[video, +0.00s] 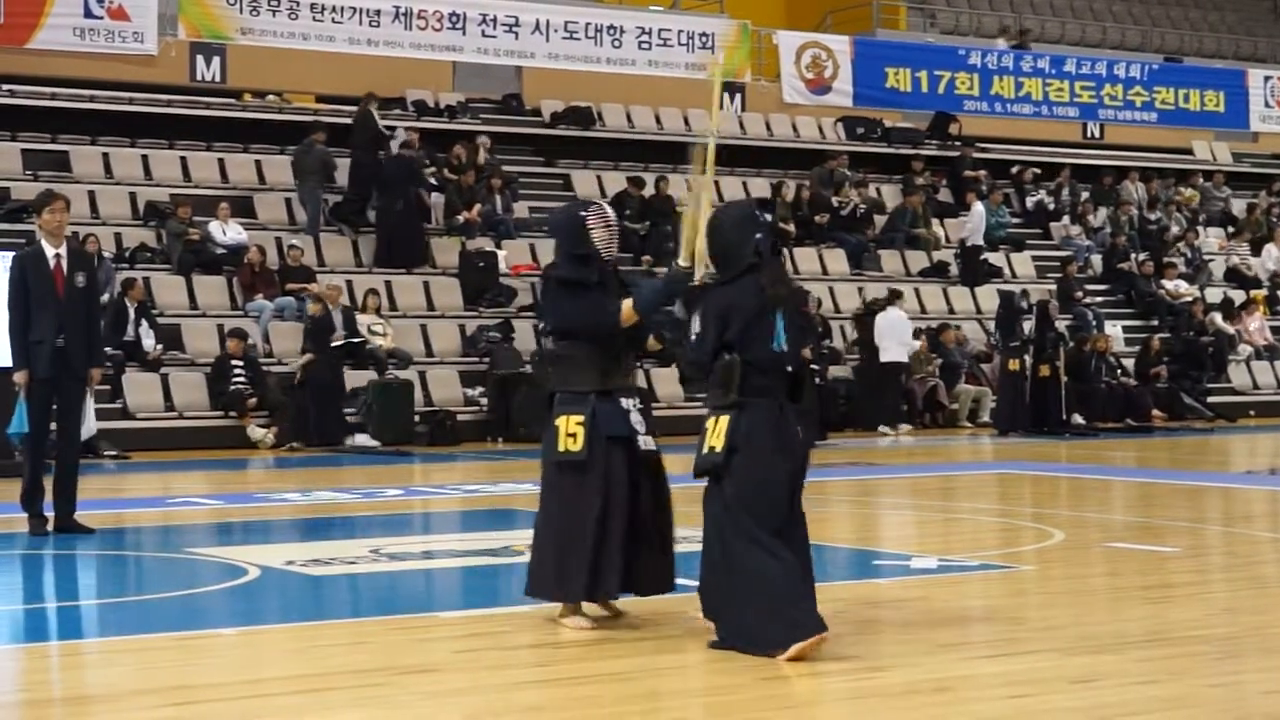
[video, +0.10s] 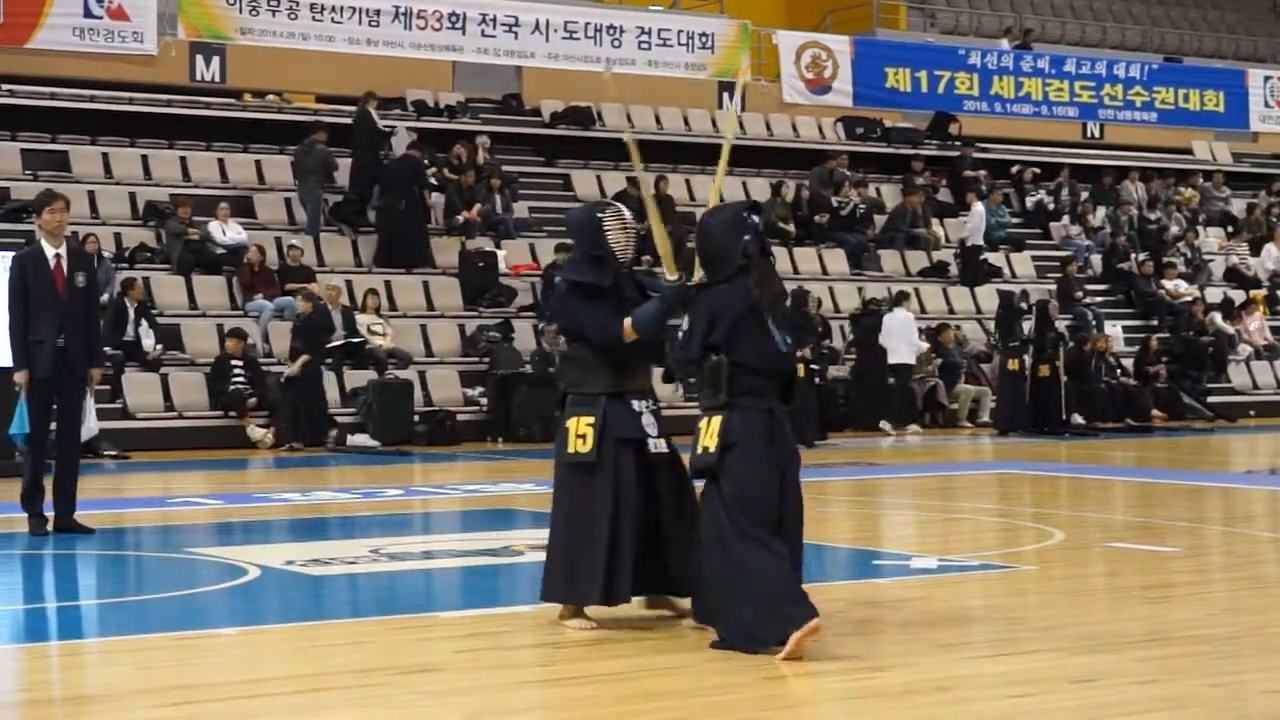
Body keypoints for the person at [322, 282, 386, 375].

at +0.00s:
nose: (330, 293)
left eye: (333, 290)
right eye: (328, 290)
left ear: (340, 294)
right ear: (325, 292)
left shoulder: (348, 310)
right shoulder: (321, 311)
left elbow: (354, 333)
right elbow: (319, 334)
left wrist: (344, 336)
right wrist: (330, 339)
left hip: (348, 341)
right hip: (330, 343)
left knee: (360, 347)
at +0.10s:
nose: (329, 293)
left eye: (333, 290)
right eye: (327, 290)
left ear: (339, 294)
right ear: (324, 292)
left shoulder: (348, 310)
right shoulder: (320, 310)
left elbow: (354, 333)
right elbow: (318, 335)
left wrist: (344, 336)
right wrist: (330, 339)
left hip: (348, 342)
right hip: (330, 343)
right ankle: (341, 388)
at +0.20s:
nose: (328, 293)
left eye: (332, 290)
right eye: (326, 290)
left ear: (338, 293)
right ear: (323, 292)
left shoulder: (348, 310)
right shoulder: (319, 311)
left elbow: (354, 332)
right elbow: (314, 337)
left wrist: (345, 335)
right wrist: (330, 338)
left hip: (347, 342)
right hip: (329, 343)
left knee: (360, 347)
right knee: (338, 353)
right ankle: (340, 387)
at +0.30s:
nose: (328, 293)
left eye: (332, 290)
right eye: (326, 290)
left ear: (339, 293)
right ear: (323, 292)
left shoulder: (348, 309)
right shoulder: (318, 311)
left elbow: (354, 331)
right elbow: (316, 337)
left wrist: (344, 335)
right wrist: (331, 338)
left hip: (347, 342)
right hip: (328, 344)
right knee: (338, 353)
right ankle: (341, 385)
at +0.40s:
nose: (329, 293)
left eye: (332, 290)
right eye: (326, 290)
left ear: (339, 293)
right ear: (323, 293)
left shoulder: (348, 310)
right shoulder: (318, 311)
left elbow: (354, 332)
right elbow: (317, 337)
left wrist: (345, 336)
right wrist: (331, 338)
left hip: (347, 342)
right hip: (328, 344)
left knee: (360, 348)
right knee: (338, 353)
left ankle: (361, 382)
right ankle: (341, 387)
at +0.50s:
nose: (329, 293)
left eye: (332, 290)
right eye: (326, 290)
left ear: (339, 293)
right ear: (323, 293)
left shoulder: (347, 309)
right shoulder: (317, 312)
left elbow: (354, 332)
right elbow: (317, 338)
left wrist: (345, 336)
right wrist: (331, 338)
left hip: (348, 343)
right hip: (328, 344)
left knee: (361, 351)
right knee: (338, 354)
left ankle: (362, 383)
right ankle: (341, 389)